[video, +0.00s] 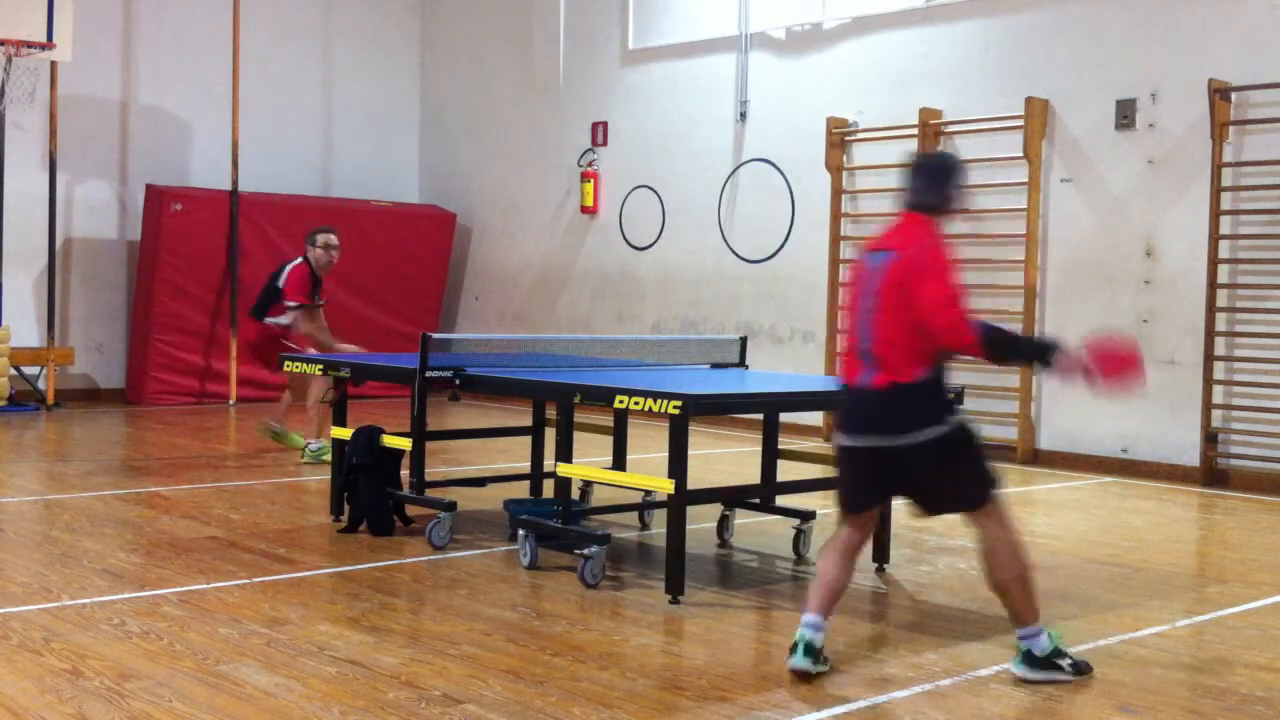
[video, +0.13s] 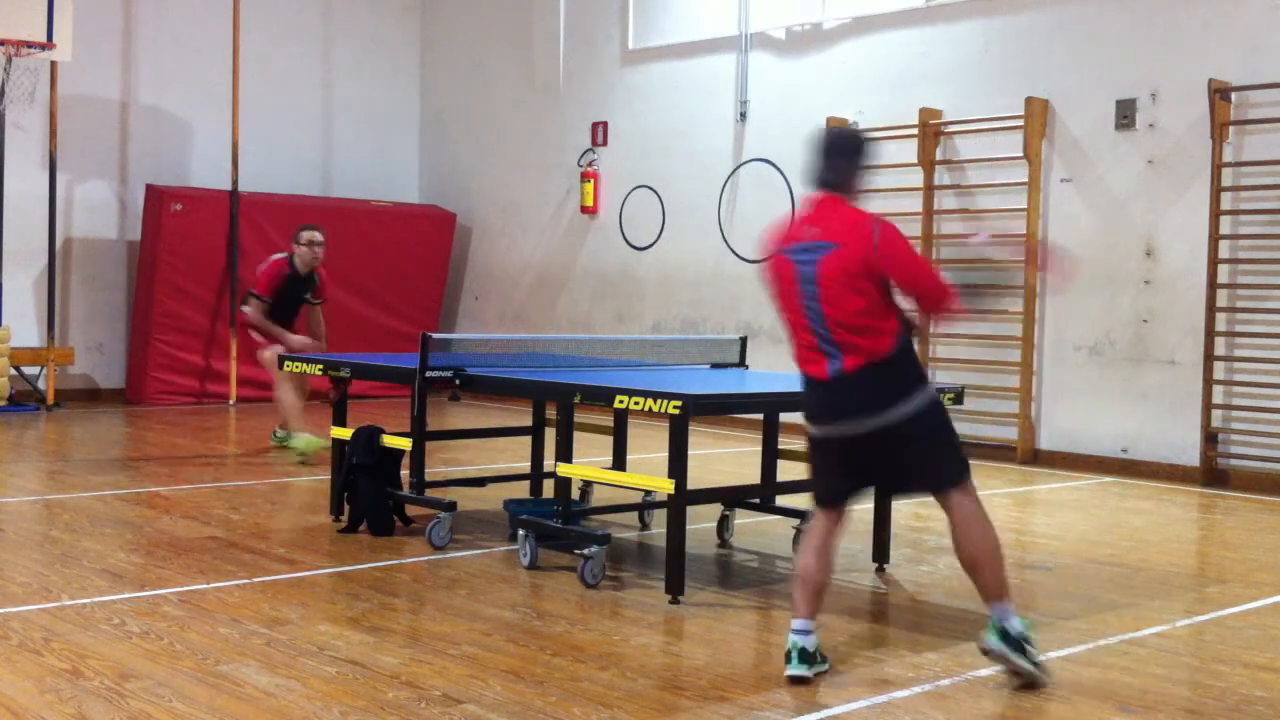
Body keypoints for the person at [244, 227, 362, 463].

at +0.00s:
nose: (334, 255)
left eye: (337, 250)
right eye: (328, 248)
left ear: (338, 253)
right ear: (310, 250)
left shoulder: (315, 275)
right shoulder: (300, 272)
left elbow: (318, 321)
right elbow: (302, 324)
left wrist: (333, 348)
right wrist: (337, 347)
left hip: (279, 336)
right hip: (264, 336)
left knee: (306, 375)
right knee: (323, 372)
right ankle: (315, 444)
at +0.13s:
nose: (317, 251)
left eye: (320, 246)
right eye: (310, 245)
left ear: (324, 250)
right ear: (295, 248)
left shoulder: (316, 276)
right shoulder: (275, 270)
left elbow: (315, 318)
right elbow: (253, 314)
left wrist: (323, 355)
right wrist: (289, 338)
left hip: (286, 332)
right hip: (258, 328)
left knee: (302, 382)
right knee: (282, 369)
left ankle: (282, 430)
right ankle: (298, 434)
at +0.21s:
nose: (304, 247)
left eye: (308, 242)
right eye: (298, 242)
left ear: (311, 246)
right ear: (283, 245)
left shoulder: (306, 274)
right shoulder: (263, 264)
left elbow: (309, 315)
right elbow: (236, 306)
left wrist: (315, 353)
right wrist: (265, 334)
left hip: (279, 327)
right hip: (251, 325)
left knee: (299, 375)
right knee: (262, 361)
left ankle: (283, 430)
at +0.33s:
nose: (284, 244)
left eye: (289, 239)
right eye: (278, 238)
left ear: (293, 243)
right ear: (265, 241)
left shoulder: (291, 269)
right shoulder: (247, 261)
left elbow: (294, 305)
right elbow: (217, 302)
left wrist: (297, 340)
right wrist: (241, 332)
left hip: (265, 325)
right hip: (232, 323)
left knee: (293, 374)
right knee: (220, 372)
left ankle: (284, 431)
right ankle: (175, 426)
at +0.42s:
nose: (271, 247)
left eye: (276, 242)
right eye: (265, 241)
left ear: (280, 245)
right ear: (253, 244)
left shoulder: (278, 272)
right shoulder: (234, 264)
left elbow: (285, 307)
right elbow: (202, 303)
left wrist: (285, 335)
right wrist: (224, 332)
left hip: (257, 332)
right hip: (222, 329)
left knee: (288, 375)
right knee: (196, 381)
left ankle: (285, 431)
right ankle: (155, 432)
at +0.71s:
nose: (251, 236)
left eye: (257, 232)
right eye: (247, 231)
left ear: (266, 234)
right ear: (240, 231)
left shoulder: (271, 259)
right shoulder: (228, 249)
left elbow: (285, 298)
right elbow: (193, 256)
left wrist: (263, 298)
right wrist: (165, 251)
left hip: (256, 325)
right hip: (219, 320)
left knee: (281, 374)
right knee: (190, 370)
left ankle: (286, 432)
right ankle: (155, 429)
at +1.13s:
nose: (223, 227)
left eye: (228, 222)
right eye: (217, 221)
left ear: (233, 227)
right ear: (207, 225)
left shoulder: (239, 255)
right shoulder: (194, 250)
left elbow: (261, 287)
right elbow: (169, 274)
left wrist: (261, 306)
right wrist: (158, 306)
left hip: (231, 318)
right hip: (196, 317)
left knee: (256, 359)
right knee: (187, 371)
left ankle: (275, 422)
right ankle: (190, 422)